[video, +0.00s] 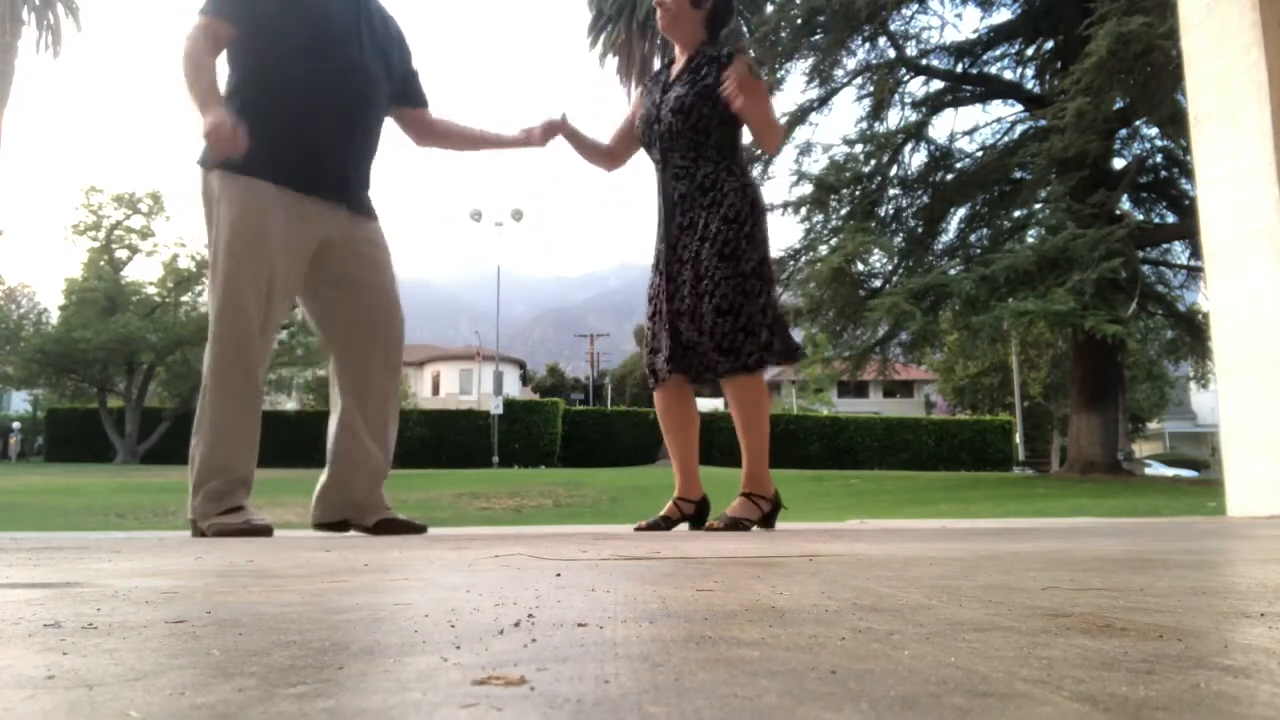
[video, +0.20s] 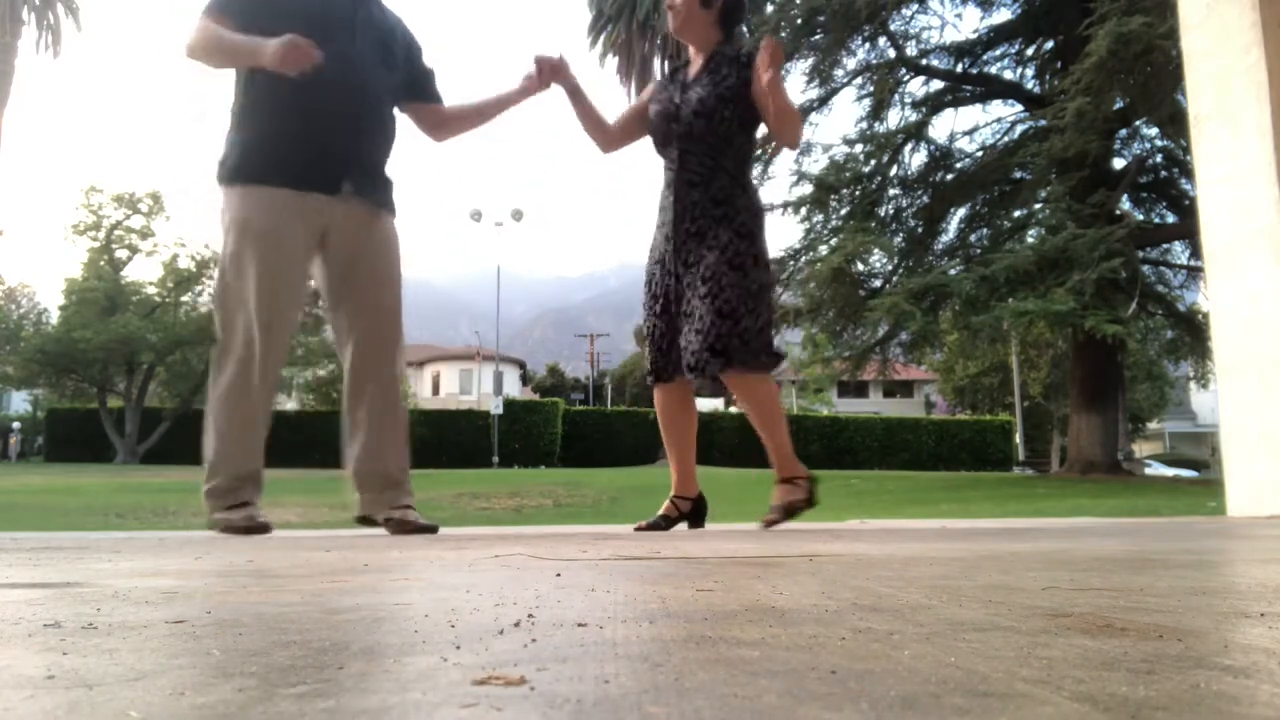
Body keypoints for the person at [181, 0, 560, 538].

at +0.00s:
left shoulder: (381, 24)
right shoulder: (262, 4)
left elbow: (422, 127)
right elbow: (201, 43)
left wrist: (515, 139)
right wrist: (212, 110)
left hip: (344, 204)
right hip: (258, 182)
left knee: (375, 342)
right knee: (240, 348)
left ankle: (352, 500)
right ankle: (218, 505)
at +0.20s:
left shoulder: (386, 26)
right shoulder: (263, 2)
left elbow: (437, 122)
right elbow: (201, 40)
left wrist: (520, 92)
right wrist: (263, 51)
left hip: (362, 197)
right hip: (268, 187)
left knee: (376, 351)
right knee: (253, 347)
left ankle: (387, 500)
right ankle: (233, 500)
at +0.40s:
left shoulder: (362, 39)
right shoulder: (245, 5)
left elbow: (423, 132)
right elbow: (204, 64)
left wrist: (506, 164)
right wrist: (275, 94)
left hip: (344, 214)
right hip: (258, 208)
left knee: (375, 359)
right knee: (271, 359)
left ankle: (390, 506)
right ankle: (257, 508)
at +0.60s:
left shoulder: (353, 38)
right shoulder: (229, 5)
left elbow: (424, 113)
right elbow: (181, 70)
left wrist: (513, 122)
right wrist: (202, 113)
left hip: (314, 208)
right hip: (233, 197)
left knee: (324, 340)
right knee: (239, 350)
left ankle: (266, 485)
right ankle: (250, 503)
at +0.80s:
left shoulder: (357, 58)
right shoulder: (234, 23)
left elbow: (433, 113)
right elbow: (182, 106)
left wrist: (522, 131)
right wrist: (170, 166)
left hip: (291, 241)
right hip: (219, 216)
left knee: (238, 367)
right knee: (230, 362)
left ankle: (154, 487)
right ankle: (251, 506)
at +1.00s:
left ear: (342, 2)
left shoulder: (365, 61)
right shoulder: (249, 31)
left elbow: (436, 104)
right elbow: (194, 107)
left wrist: (521, 111)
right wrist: (184, 169)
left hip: (295, 228)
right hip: (245, 214)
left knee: (234, 353)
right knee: (284, 346)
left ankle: (159, 488)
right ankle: (260, 499)